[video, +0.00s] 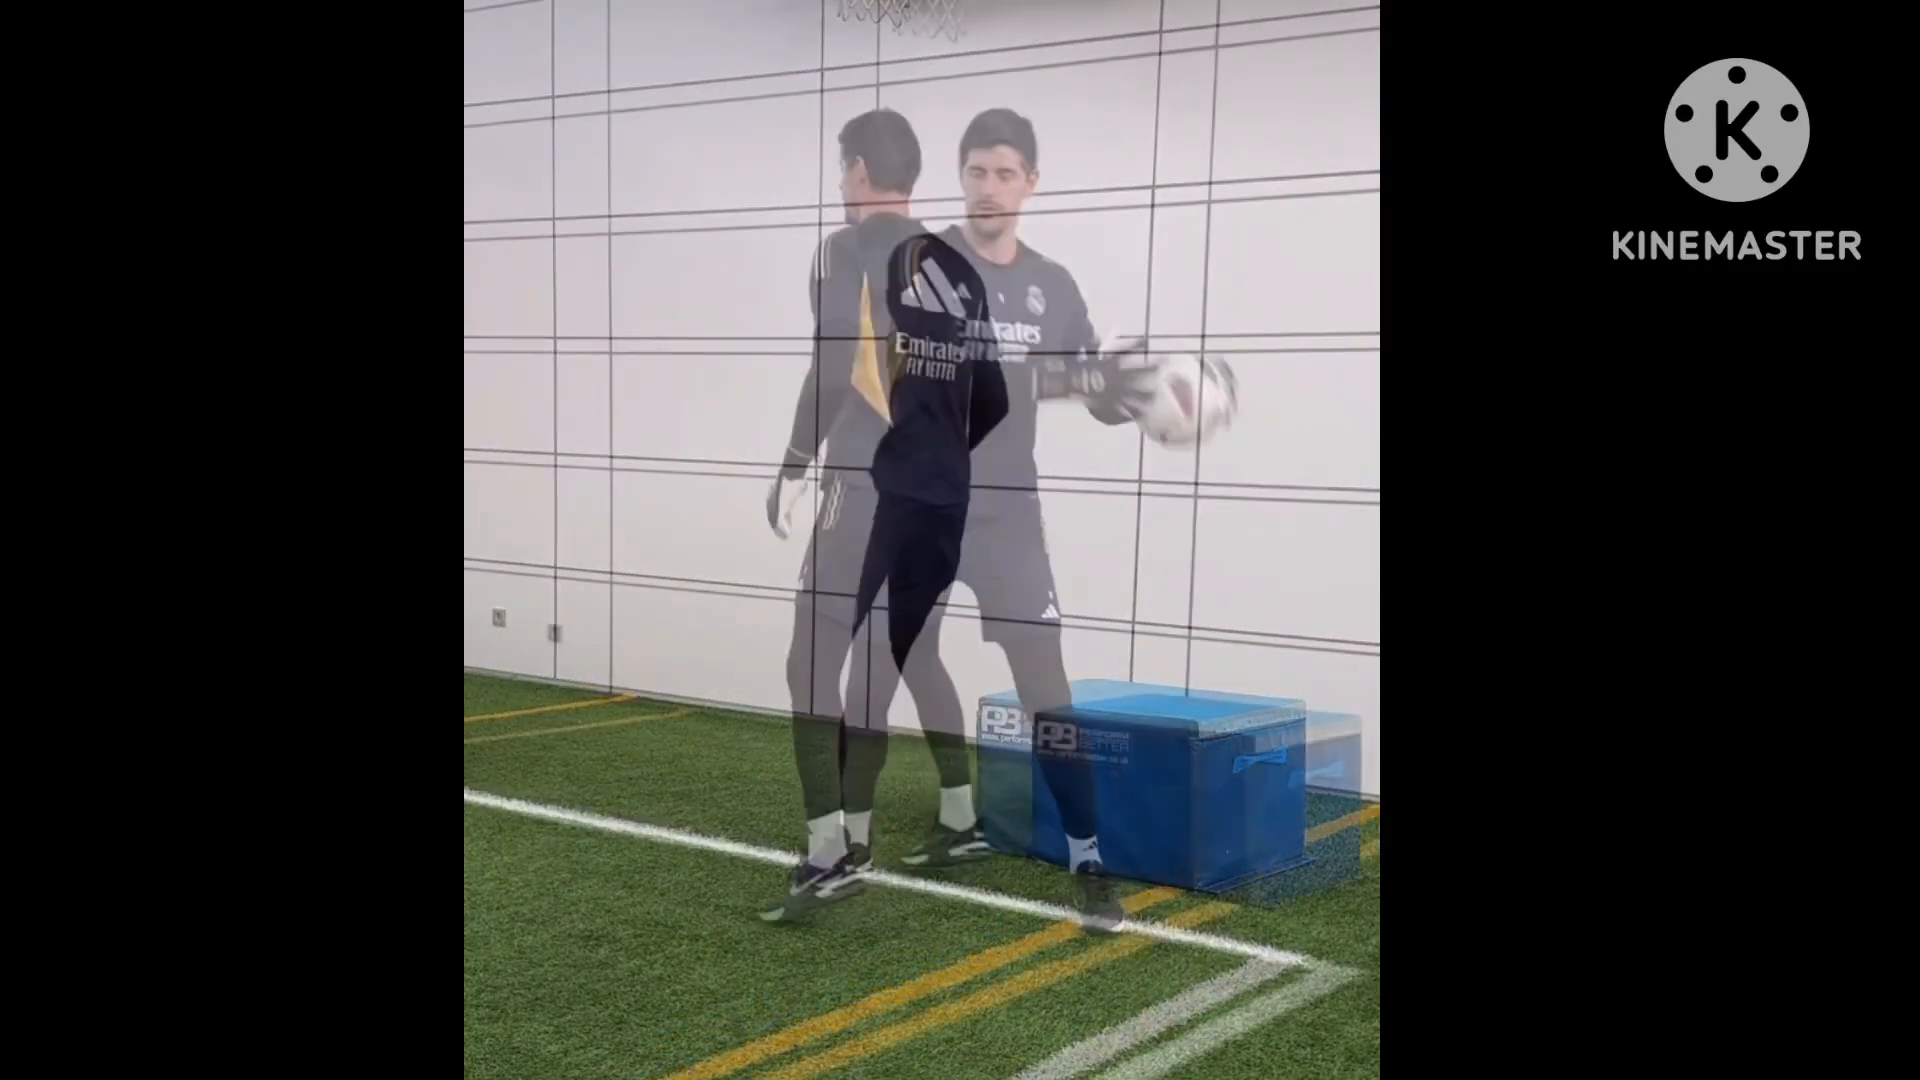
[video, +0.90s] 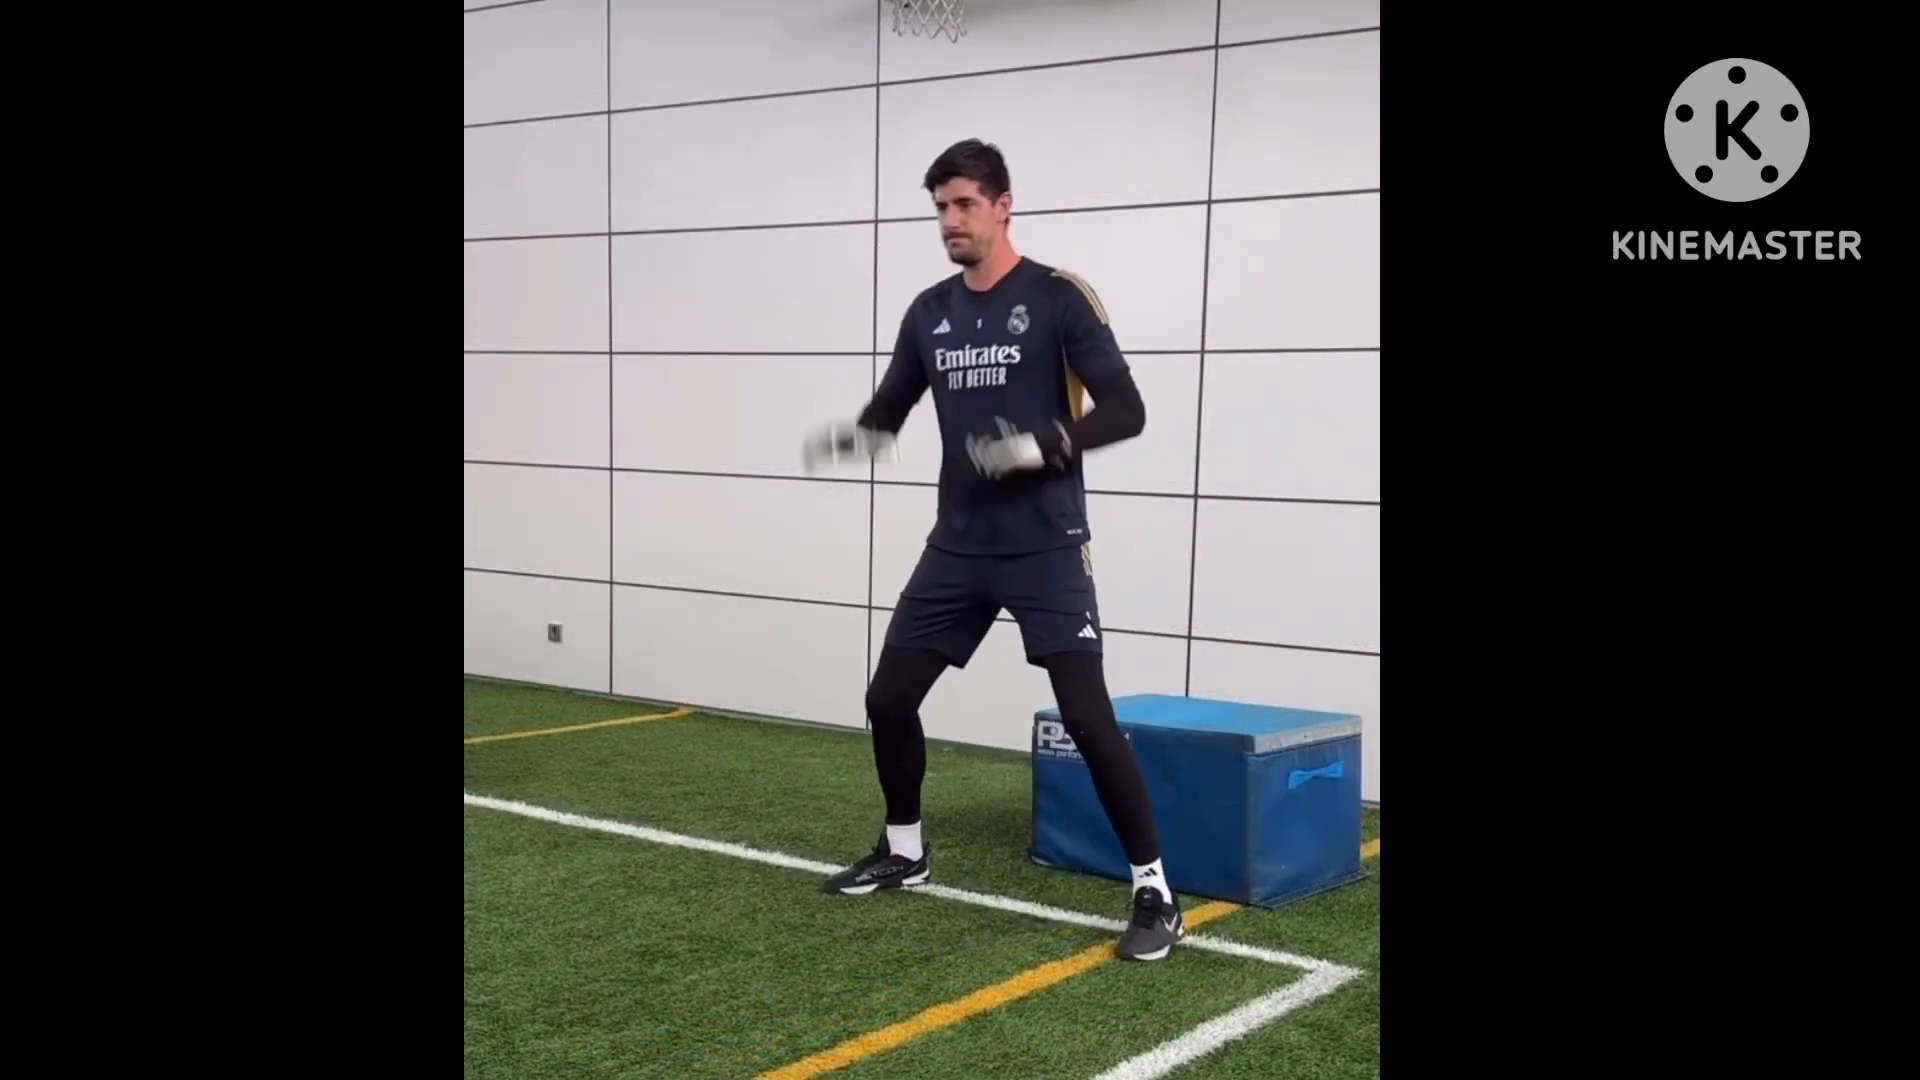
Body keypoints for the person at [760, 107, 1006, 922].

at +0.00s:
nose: (841, 182)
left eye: (843, 169)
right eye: (846, 169)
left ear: (861, 172)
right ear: (914, 176)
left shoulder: (844, 250)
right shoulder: (956, 264)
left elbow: (834, 369)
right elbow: (995, 395)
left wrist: (796, 462)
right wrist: (937, 451)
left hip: (868, 486)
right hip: (942, 492)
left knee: (812, 657)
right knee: (914, 649)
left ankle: (831, 847)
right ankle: (960, 822)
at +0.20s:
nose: (837, 213)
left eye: (847, 201)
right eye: (840, 201)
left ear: (882, 209)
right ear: (899, 213)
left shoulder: (873, 284)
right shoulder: (944, 294)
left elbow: (876, 406)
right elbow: (961, 421)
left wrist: (828, 500)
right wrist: (876, 492)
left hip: (895, 514)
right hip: (955, 519)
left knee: (811, 688)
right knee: (912, 674)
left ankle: (816, 884)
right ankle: (974, 848)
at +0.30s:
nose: (842, 179)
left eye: (856, 167)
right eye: (842, 167)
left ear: (900, 174)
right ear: (880, 179)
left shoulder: (919, 252)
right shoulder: (895, 257)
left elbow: (969, 365)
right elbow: (907, 382)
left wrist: (902, 441)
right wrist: (856, 450)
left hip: (923, 491)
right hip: (924, 488)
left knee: (849, 663)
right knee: (901, 664)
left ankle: (830, 864)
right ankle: (965, 837)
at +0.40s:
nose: (856, 174)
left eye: (871, 160)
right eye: (852, 161)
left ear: (913, 169)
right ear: (861, 173)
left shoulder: (950, 252)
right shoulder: (874, 268)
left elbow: (1008, 374)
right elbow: (895, 382)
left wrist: (943, 463)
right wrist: (855, 456)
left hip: (955, 481)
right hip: (903, 479)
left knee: (885, 659)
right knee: (875, 666)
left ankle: (919, 855)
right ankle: (920, 841)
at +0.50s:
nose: (869, 203)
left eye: (884, 189)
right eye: (863, 190)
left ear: (925, 198)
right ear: (862, 202)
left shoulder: (969, 287)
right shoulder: (867, 305)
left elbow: (1038, 411)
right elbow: (880, 413)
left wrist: (986, 510)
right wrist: (859, 503)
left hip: (965, 519)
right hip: (898, 522)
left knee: (957, 686)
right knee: (855, 686)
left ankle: (1040, 867)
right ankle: (899, 852)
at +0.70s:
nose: (901, 239)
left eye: (916, 224)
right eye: (894, 226)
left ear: (956, 232)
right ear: (890, 238)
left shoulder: (1015, 326)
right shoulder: (890, 346)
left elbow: (1091, 443)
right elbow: (895, 456)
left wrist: (1085, 558)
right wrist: (885, 553)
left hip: (1024, 556)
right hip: (934, 562)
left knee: (1073, 722)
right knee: (861, 711)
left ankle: (1150, 891)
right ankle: (901, 852)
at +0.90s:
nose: (952, 220)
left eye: (966, 204)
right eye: (943, 207)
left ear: (1004, 205)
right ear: (935, 217)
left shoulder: (1056, 297)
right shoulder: (929, 312)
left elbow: (1126, 410)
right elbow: (889, 408)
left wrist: (1046, 442)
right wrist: (863, 432)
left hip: (1047, 548)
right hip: (957, 547)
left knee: (1087, 717)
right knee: (890, 700)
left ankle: (1153, 889)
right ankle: (904, 853)